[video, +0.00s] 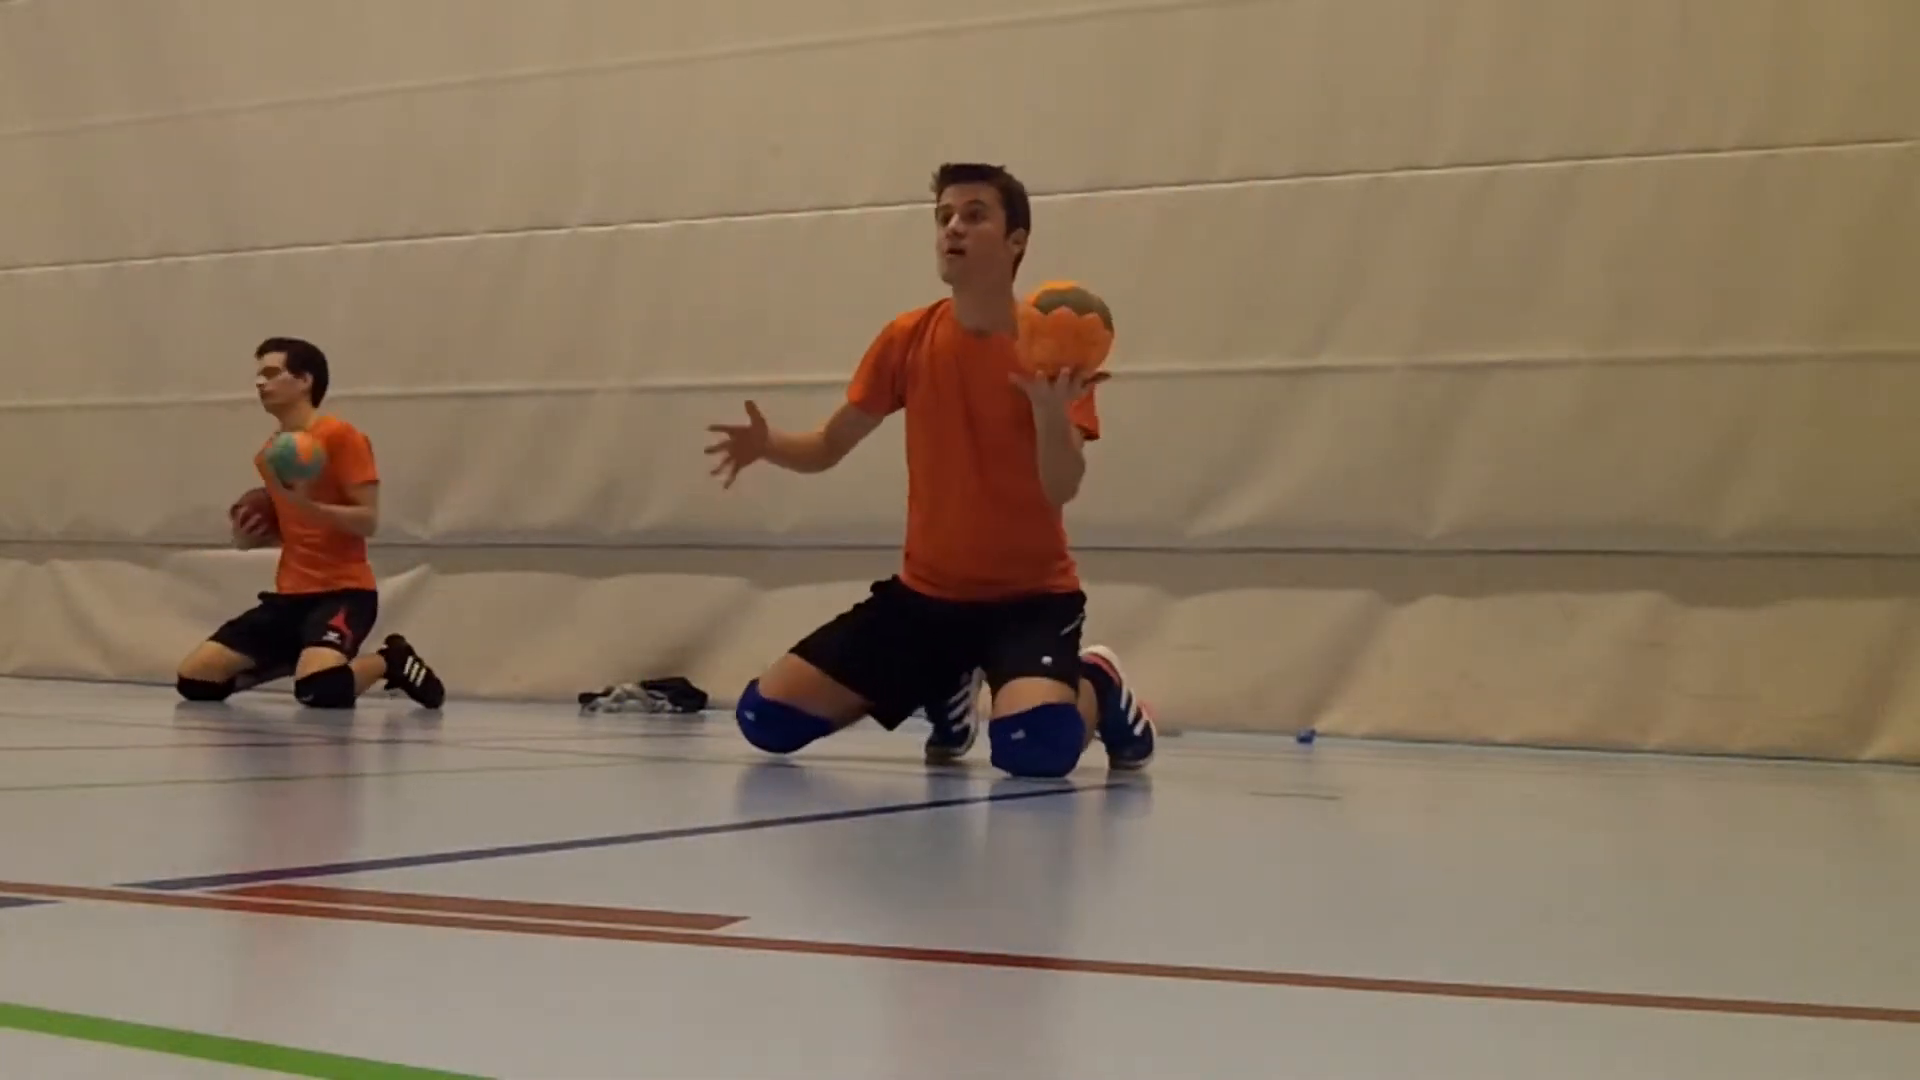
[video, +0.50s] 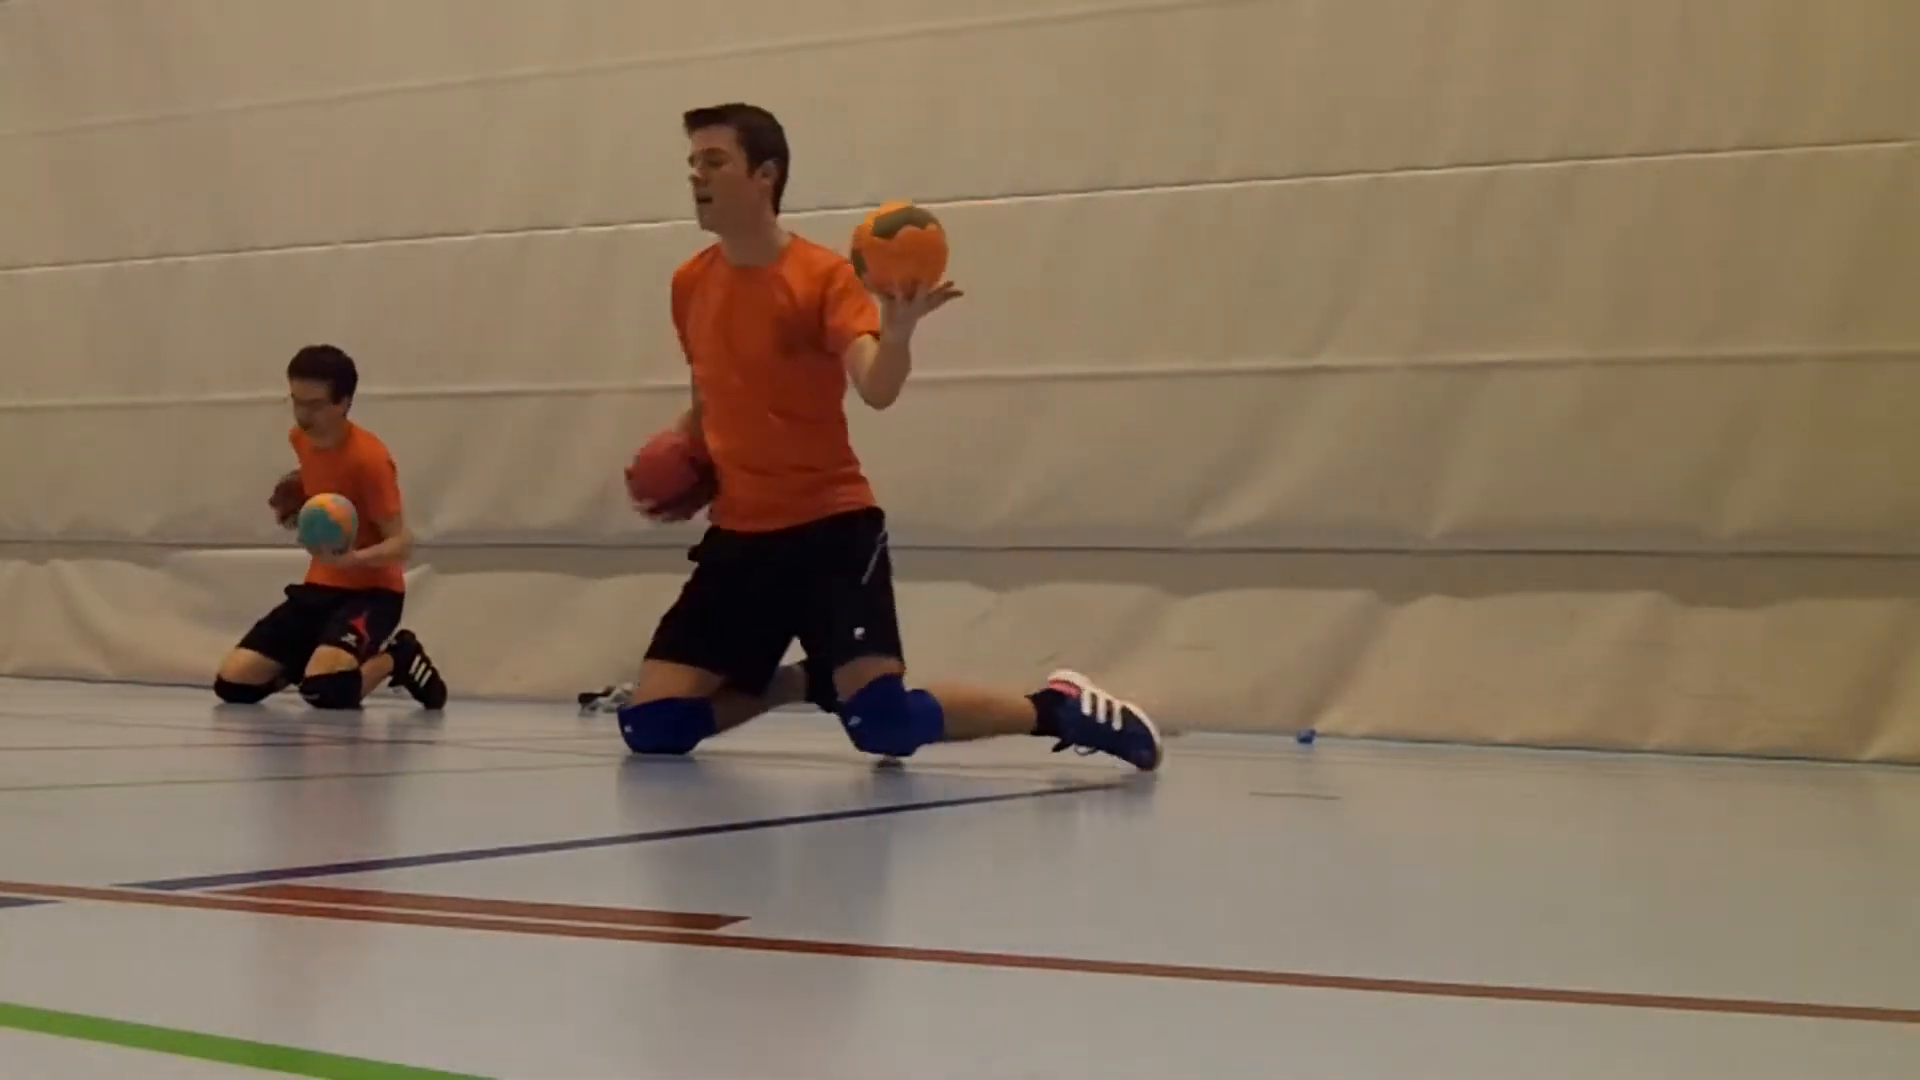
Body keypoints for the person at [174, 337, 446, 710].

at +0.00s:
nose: (260, 383)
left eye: (271, 373)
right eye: (259, 376)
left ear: (305, 381)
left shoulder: (342, 438)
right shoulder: (268, 455)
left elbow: (368, 522)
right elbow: (293, 529)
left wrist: (305, 505)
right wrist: (253, 537)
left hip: (344, 596)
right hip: (290, 597)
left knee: (317, 689)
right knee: (194, 683)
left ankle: (392, 662)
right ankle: (296, 659)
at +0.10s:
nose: (276, 382)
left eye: (289, 375)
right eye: (276, 374)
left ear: (322, 387)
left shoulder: (354, 445)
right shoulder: (280, 452)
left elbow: (398, 519)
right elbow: (295, 526)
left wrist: (330, 527)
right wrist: (264, 541)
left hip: (355, 597)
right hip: (301, 597)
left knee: (319, 689)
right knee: (206, 682)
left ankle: (393, 659)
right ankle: (305, 659)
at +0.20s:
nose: (283, 393)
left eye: (294, 383)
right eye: (282, 383)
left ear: (329, 393)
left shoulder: (361, 451)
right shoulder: (291, 451)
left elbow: (413, 520)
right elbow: (315, 516)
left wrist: (341, 539)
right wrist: (284, 530)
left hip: (363, 596)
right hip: (310, 594)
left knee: (322, 689)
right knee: (217, 683)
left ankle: (396, 658)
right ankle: (311, 657)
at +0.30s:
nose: (286, 402)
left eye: (298, 393)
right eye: (286, 392)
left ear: (333, 401)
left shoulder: (363, 455)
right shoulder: (297, 448)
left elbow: (416, 525)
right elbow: (322, 484)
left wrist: (347, 546)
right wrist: (291, 494)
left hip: (369, 596)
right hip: (317, 591)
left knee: (324, 690)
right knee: (224, 684)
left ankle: (397, 657)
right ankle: (312, 659)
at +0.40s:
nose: (294, 412)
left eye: (306, 404)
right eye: (290, 401)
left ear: (337, 405)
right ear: (286, 396)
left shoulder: (366, 459)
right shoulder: (301, 444)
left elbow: (413, 533)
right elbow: (324, 482)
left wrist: (349, 555)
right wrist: (296, 492)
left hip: (371, 596)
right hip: (319, 589)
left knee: (323, 690)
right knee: (230, 684)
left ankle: (399, 657)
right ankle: (314, 661)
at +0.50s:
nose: (302, 415)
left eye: (314, 406)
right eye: (296, 403)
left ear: (342, 404)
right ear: (290, 395)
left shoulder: (370, 458)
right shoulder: (301, 439)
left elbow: (401, 543)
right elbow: (326, 486)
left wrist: (353, 558)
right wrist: (298, 497)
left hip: (372, 594)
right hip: (319, 587)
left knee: (323, 690)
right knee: (233, 685)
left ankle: (399, 658)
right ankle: (320, 660)